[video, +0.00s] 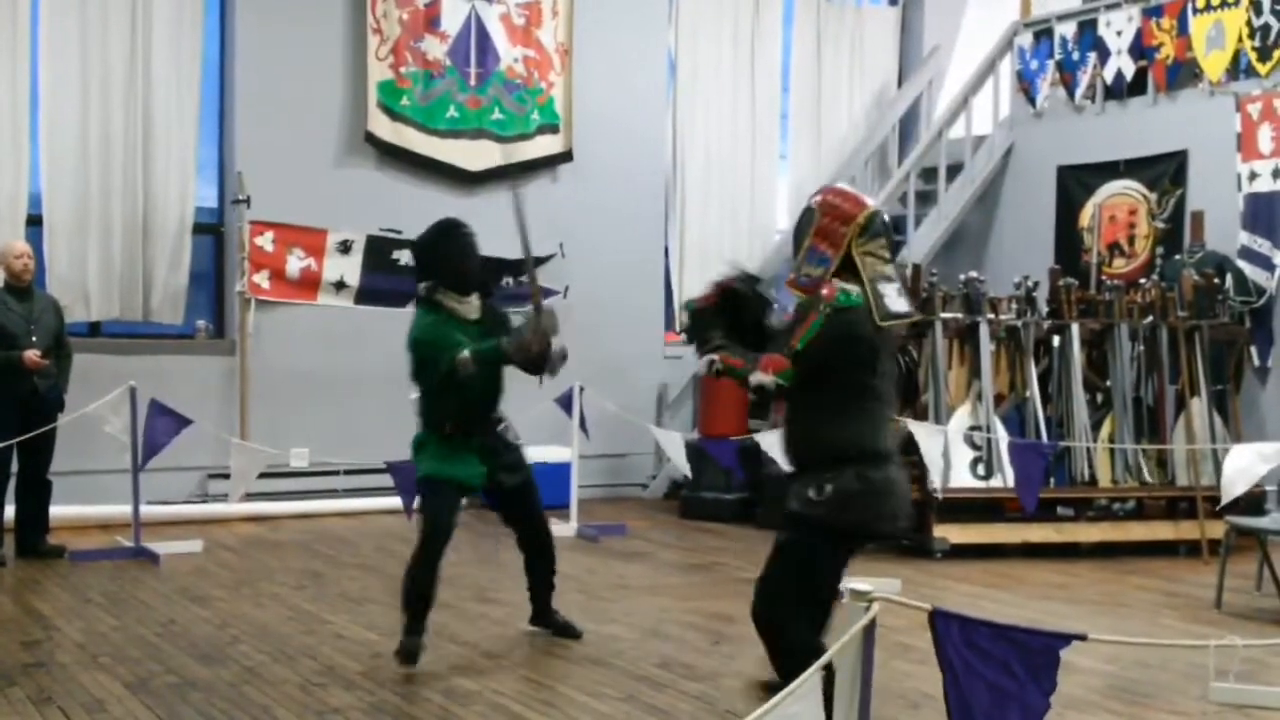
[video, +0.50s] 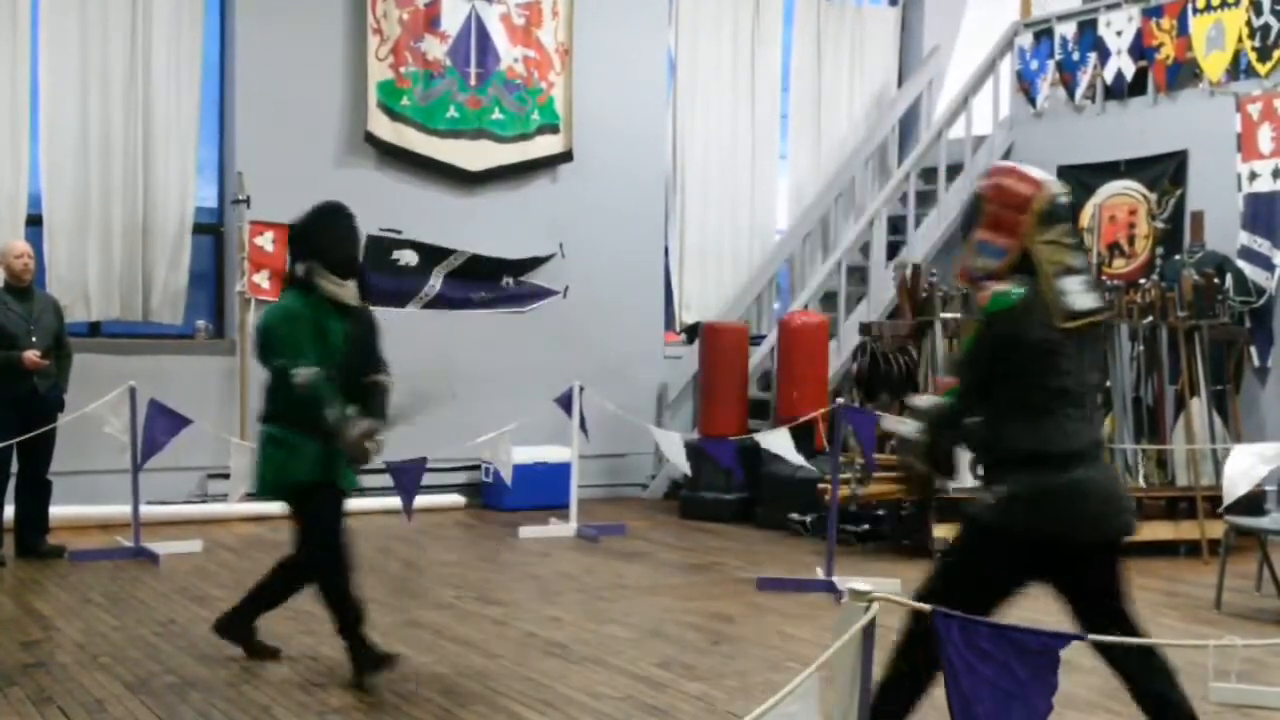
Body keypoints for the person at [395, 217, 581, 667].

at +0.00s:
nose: (476, 264)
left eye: (474, 255)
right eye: (465, 257)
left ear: (471, 260)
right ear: (442, 266)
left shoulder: (487, 314)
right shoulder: (428, 327)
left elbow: (518, 355)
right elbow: (455, 365)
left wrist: (541, 351)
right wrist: (508, 349)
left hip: (491, 437)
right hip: (444, 444)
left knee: (534, 528)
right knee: (435, 535)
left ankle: (542, 610)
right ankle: (413, 631)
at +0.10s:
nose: (454, 271)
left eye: (452, 264)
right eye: (445, 264)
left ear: (445, 273)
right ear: (424, 272)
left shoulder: (463, 324)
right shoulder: (404, 332)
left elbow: (497, 357)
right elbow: (451, 355)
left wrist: (532, 346)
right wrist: (509, 317)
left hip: (453, 453)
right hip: (406, 456)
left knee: (503, 530)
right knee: (416, 544)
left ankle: (527, 612)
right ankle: (406, 652)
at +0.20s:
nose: (431, 271)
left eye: (430, 262)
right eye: (421, 263)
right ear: (396, 271)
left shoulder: (426, 320)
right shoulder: (379, 328)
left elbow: (459, 342)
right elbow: (431, 343)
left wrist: (493, 347)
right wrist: (497, 320)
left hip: (418, 456)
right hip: (376, 458)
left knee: (480, 526)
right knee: (408, 537)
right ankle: (402, 652)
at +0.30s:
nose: (407, 265)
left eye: (404, 256)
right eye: (395, 257)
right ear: (371, 269)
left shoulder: (410, 326)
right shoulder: (351, 322)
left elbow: (439, 394)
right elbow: (386, 345)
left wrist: (453, 379)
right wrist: (435, 352)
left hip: (391, 452)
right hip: (353, 454)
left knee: (431, 540)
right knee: (402, 545)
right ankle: (379, 656)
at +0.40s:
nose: (378, 266)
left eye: (378, 256)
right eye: (368, 257)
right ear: (344, 264)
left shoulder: (383, 327)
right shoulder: (321, 325)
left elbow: (399, 386)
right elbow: (353, 378)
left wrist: (403, 409)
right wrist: (388, 392)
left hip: (363, 453)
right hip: (331, 455)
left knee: (369, 555)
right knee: (376, 550)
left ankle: (273, 600)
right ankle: (374, 663)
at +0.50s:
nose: (352, 255)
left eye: (352, 245)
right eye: (344, 245)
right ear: (323, 250)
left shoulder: (354, 315)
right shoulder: (288, 315)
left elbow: (370, 373)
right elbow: (305, 386)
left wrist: (368, 416)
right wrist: (344, 427)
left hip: (332, 449)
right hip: (296, 450)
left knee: (314, 554)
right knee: (327, 552)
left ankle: (239, 618)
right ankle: (360, 649)